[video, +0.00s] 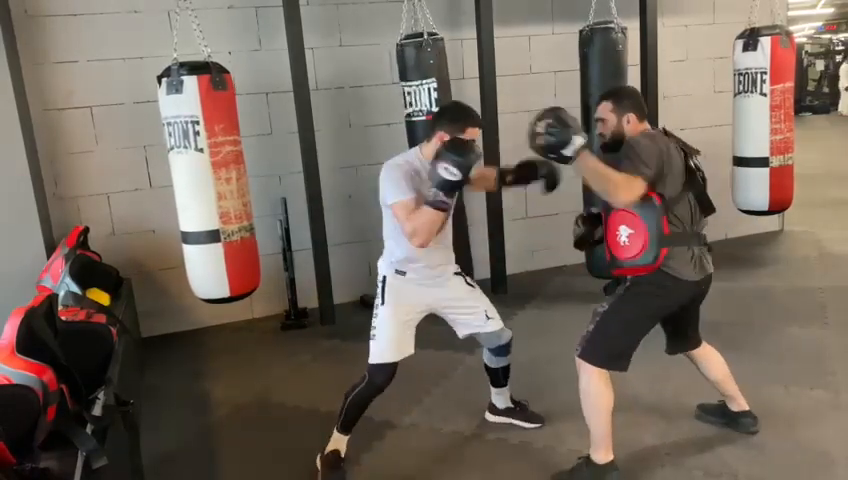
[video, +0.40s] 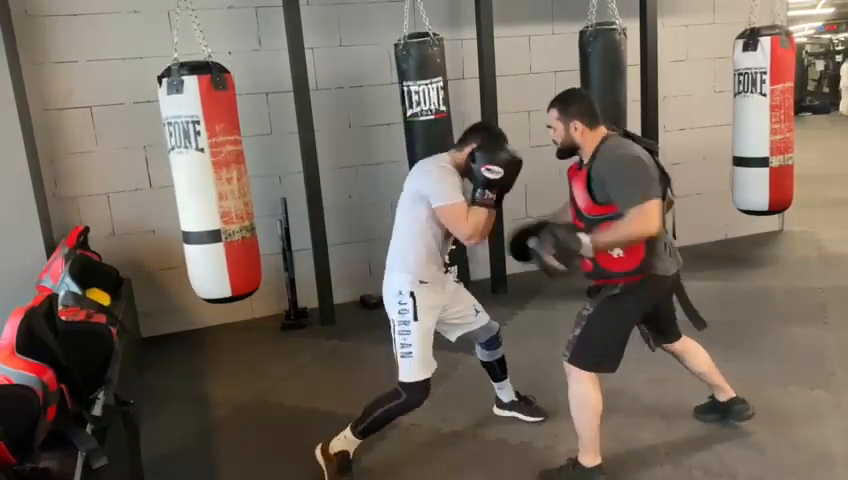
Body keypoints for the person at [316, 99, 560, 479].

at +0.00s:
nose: (473, 150)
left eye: (474, 143)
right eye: (467, 142)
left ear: (455, 140)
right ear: (440, 136)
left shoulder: (452, 166)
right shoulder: (396, 171)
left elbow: (484, 180)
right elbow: (419, 235)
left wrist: (529, 174)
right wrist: (447, 185)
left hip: (446, 276)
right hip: (400, 282)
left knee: (498, 339)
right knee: (380, 376)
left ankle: (501, 405)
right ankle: (336, 446)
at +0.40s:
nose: (484, 168)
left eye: (488, 163)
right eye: (485, 161)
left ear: (468, 149)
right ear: (472, 151)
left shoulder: (455, 176)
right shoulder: (434, 172)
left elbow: (480, 235)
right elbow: (470, 233)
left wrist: (494, 194)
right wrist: (485, 191)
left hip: (441, 281)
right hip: (409, 287)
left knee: (488, 333)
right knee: (414, 390)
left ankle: (507, 400)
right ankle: (339, 447)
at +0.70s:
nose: (506, 168)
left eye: (508, 161)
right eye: (503, 159)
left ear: (486, 155)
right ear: (481, 151)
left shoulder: (482, 186)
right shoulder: (428, 170)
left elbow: (489, 220)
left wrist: (533, 220)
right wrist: (458, 194)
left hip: (450, 290)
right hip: (404, 290)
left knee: (505, 352)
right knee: (387, 382)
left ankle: (507, 403)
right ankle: (336, 451)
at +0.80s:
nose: (501, 164)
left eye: (503, 157)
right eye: (497, 155)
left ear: (479, 154)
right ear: (473, 150)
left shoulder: (474, 186)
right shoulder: (426, 171)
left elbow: (501, 226)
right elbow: (423, 231)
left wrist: (544, 223)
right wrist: (464, 199)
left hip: (447, 287)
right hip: (403, 288)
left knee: (502, 346)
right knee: (381, 378)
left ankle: (507, 401)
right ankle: (339, 433)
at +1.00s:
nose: (475, 147)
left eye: (476, 139)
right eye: (469, 139)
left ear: (462, 140)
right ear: (443, 134)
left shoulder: (458, 157)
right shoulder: (398, 161)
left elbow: (482, 169)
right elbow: (407, 230)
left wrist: (518, 160)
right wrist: (438, 186)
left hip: (442, 267)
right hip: (396, 270)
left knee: (489, 335)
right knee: (376, 360)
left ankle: (508, 399)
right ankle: (339, 433)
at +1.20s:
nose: (454, 139)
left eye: (456, 132)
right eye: (448, 131)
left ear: (442, 133)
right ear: (424, 131)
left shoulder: (441, 162)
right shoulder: (386, 166)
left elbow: (473, 194)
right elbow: (405, 229)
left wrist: (484, 177)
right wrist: (437, 187)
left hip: (427, 273)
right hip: (381, 278)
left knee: (474, 333)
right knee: (352, 365)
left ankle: (484, 397)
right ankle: (318, 423)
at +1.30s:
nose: (437, 144)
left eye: (438, 137)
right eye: (431, 137)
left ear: (412, 138)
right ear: (406, 137)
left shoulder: (419, 169)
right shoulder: (364, 172)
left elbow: (451, 211)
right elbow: (383, 236)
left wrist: (458, 172)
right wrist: (416, 194)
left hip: (404, 277)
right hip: (359, 282)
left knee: (461, 335)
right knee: (326, 372)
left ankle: (474, 397)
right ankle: (278, 430)